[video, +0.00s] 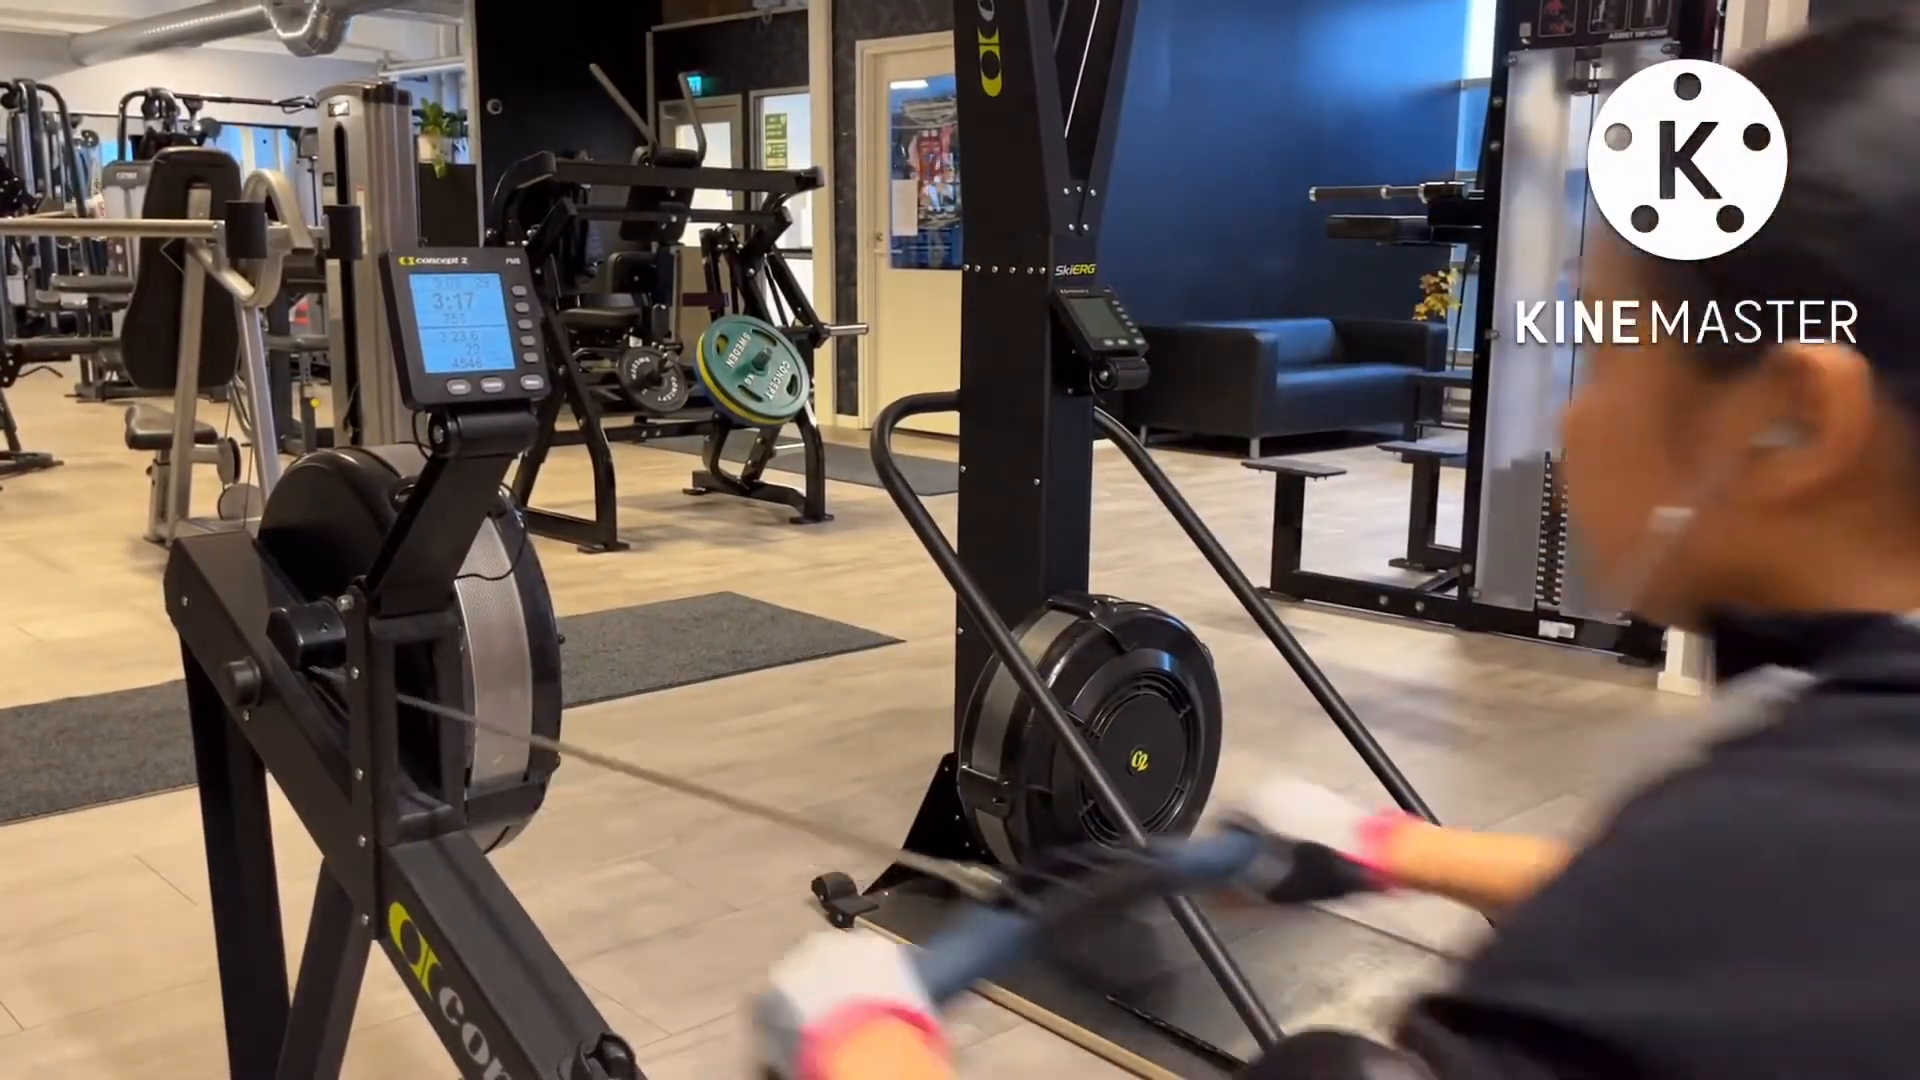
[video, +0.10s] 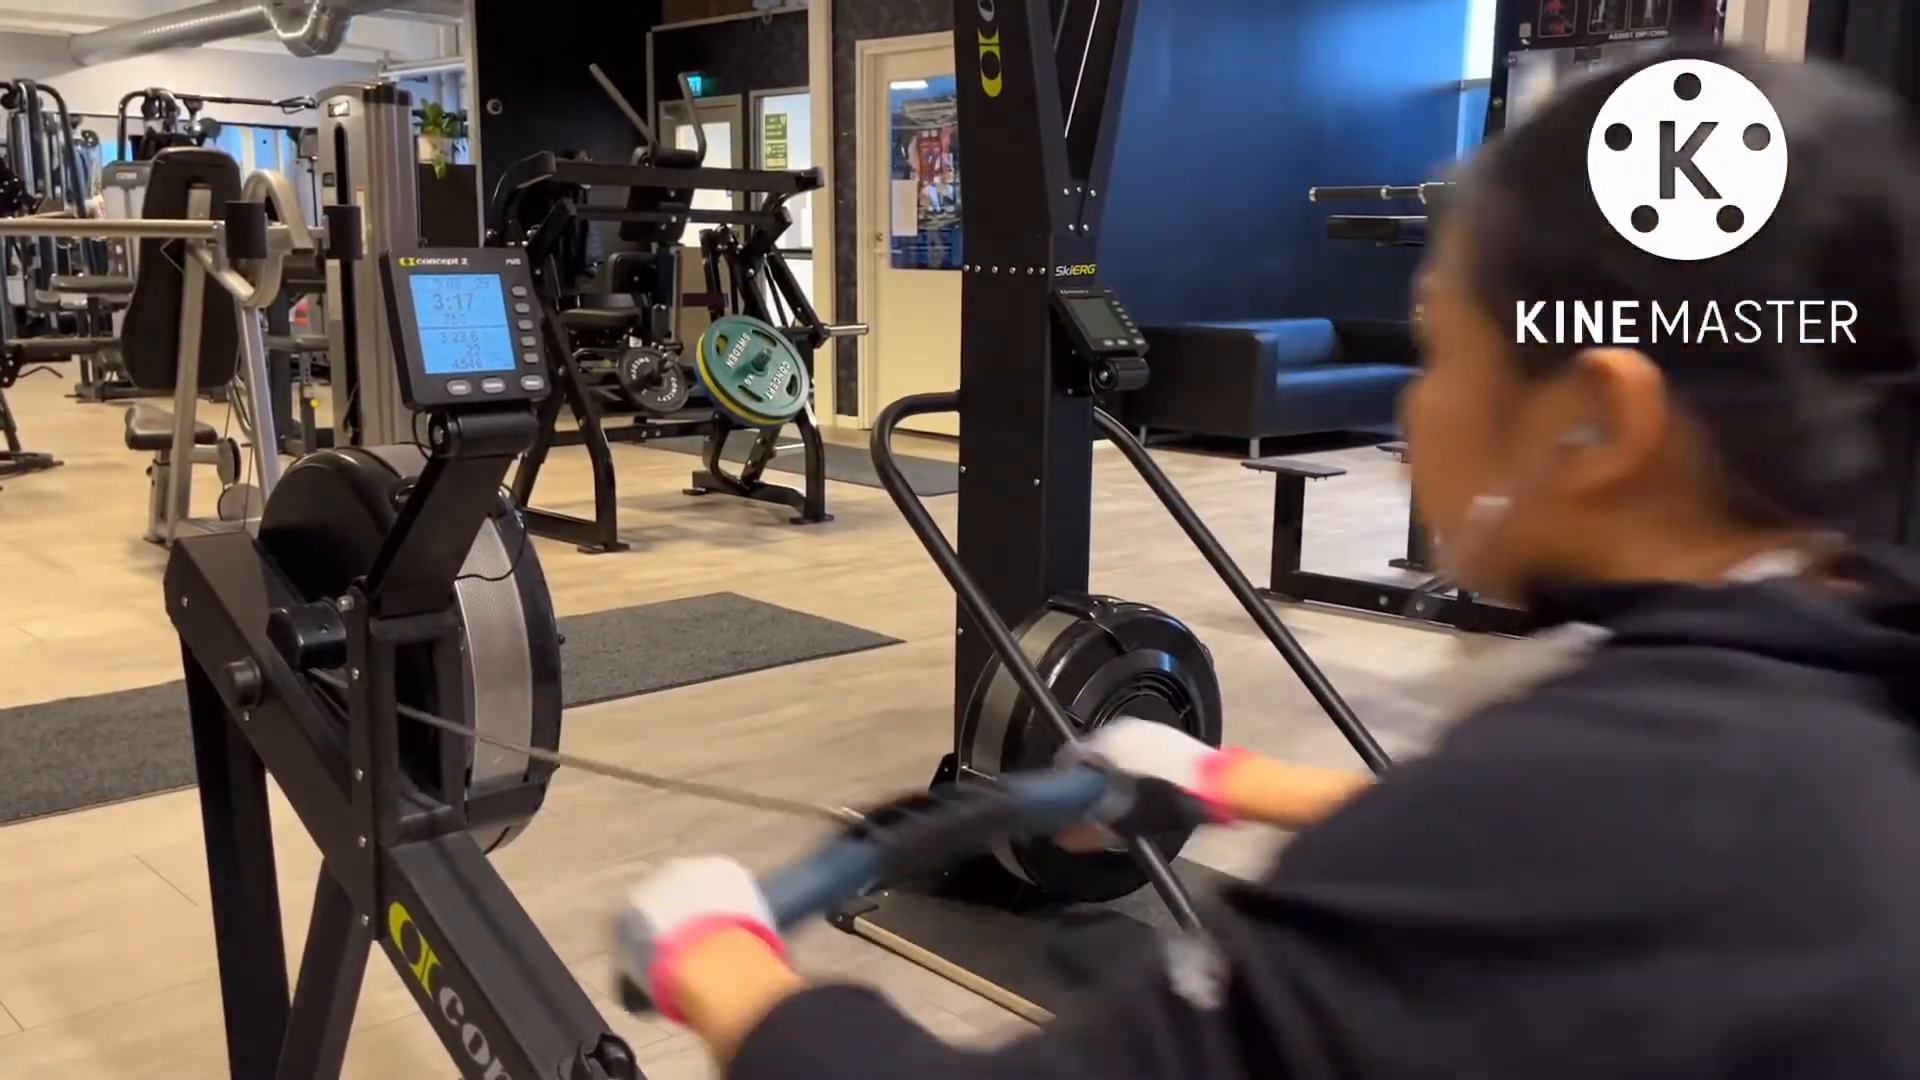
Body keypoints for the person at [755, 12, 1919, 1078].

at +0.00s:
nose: (1564, 421)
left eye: (1605, 342)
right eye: (1589, 343)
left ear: (1797, 427)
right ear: (1805, 435)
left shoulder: (1733, 885)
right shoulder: (1861, 744)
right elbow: (1712, 869)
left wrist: (882, 1056)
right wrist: (1407, 853)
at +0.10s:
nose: (1407, 410)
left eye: (1437, 357)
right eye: (1424, 355)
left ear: (1597, 426)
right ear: (1822, 404)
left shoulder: (1556, 814)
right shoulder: (1868, 681)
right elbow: (1648, 828)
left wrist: (755, 996)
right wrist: (1319, 799)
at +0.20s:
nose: (1261, 399)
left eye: (1289, 354)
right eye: (1276, 348)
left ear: (1430, 421)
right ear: (1644, 410)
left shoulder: (1399, 750)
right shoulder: (1741, 669)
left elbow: (904, 1031)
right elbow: (1494, 786)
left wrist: (637, 909)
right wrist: (1198, 758)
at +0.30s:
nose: (1140, 393)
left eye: (1163, 354)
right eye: (1154, 348)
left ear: (1283, 415)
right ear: (1488, 384)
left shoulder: (1215, 708)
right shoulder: (1573, 622)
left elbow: (793, 941)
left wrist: (539, 831)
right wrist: (1067, 719)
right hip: (1742, 1040)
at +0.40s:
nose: (1046, 387)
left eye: (1066, 347)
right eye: (1061, 343)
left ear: (1165, 408)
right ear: (1372, 382)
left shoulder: (1081, 681)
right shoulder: (1466, 604)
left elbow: (688, 852)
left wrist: (473, 767)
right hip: (1643, 1042)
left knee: (949, 933)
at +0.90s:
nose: (1157, 366)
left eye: (1182, 325)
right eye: (1174, 320)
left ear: (1305, 388)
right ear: (1506, 374)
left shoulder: (1240, 722)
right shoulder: (1592, 614)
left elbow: (844, 869)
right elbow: (1364, 720)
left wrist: (572, 798)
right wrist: (1084, 697)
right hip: (1741, 1041)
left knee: (989, 1000)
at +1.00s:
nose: (1329, 381)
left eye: (1357, 328)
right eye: (1342, 324)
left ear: (1508, 388)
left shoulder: (1383, 798)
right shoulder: (1819, 691)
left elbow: (979, 931)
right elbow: (1528, 765)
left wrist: (679, 868)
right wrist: (1193, 765)